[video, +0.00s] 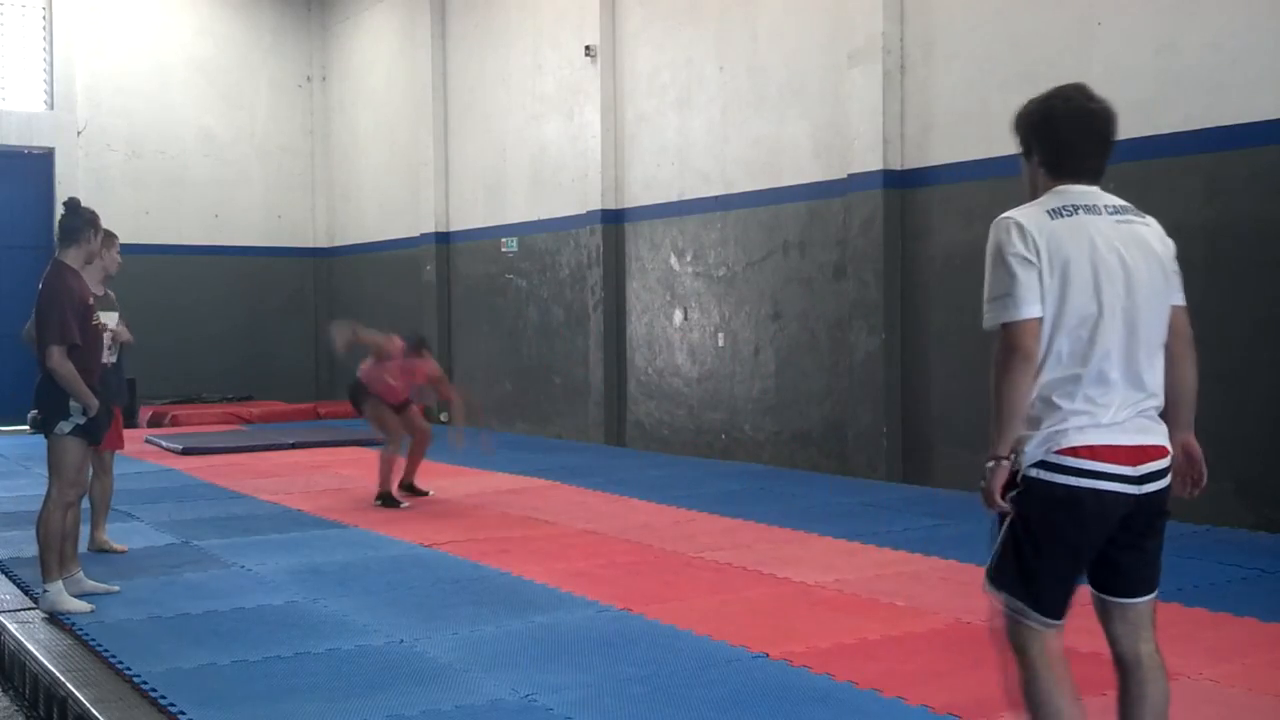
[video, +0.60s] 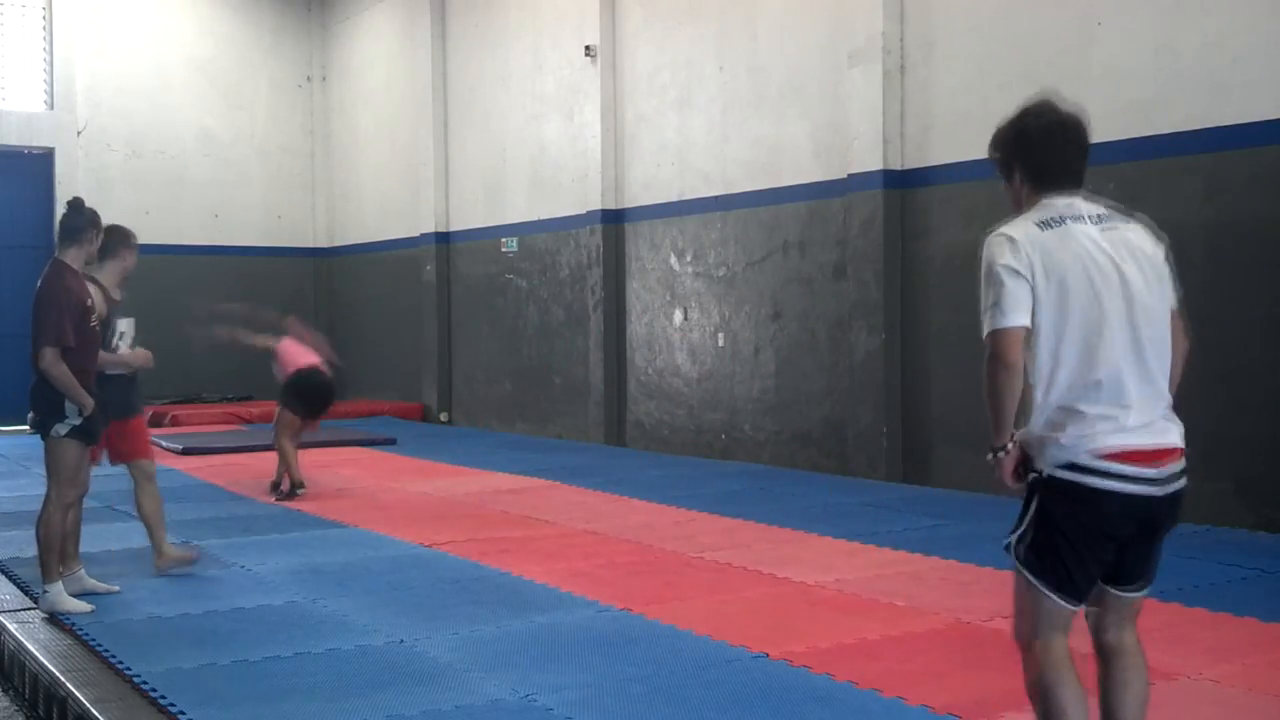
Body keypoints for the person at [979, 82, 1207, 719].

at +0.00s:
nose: (1023, 166)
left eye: (1023, 153)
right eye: (1024, 153)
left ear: (1036, 157)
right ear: (1103, 155)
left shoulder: (1021, 227)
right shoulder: (1149, 230)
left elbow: (1023, 348)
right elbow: (1180, 341)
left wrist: (1002, 451)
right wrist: (1181, 428)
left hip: (1065, 473)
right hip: (1147, 469)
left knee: (1033, 630)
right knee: (1136, 633)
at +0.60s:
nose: (1005, 190)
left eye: (1005, 176)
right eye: (1004, 176)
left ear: (1018, 176)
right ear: (1078, 165)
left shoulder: (1014, 240)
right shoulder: (1142, 235)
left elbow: (1006, 354)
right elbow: (1175, 345)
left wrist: (1003, 441)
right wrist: (1145, 418)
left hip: (1079, 477)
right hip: (1161, 474)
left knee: (1043, 638)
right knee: (1119, 628)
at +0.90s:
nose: (977, 284)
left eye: (978, 272)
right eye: (976, 273)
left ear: (990, 262)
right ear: (1046, 249)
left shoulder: (997, 304)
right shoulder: (1095, 304)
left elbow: (964, 408)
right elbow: (1113, 419)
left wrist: (956, 509)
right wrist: (1059, 518)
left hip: (1116, 511)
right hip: (1193, 514)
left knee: (1031, 628)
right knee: (1097, 631)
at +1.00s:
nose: (965, 349)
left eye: (967, 336)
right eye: (966, 337)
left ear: (978, 329)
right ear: (1033, 316)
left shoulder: (989, 368)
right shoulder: (1084, 365)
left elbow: (943, 472)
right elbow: (1093, 472)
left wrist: (925, 572)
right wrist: (1048, 556)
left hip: (1128, 551)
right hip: (1200, 553)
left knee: (1015, 634)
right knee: (1082, 640)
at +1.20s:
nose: (950, 466)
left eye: (950, 453)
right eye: (950, 454)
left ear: (961, 445)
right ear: (1013, 433)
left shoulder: (976, 486)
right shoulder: (1064, 476)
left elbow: (928, 598)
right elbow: (1050, 590)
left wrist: (890, 680)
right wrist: (1006, 664)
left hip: (1136, 647)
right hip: (1197, 647)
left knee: (998, 649)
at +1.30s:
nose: (949, 512)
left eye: (948, 500)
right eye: (948, 500)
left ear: (959, 495)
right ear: (1015, 482)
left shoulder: (975, 527)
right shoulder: (1059, 517)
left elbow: (918, 642)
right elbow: (1071, 626)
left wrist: (879, 706)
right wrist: (1003, 692)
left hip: (1139, 686)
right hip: (1194, 678)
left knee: (989, 651)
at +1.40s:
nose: (948, 514)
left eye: (948, 503)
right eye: (946, 504)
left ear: (959, 502)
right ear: (1018, 491)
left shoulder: (974, 539)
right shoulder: (1060, 525)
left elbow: (906, 638)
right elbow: (1058, 637)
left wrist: (859, 686)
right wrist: (981, 687)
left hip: (1127, 702)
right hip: (1192, 694)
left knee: (984, 651)